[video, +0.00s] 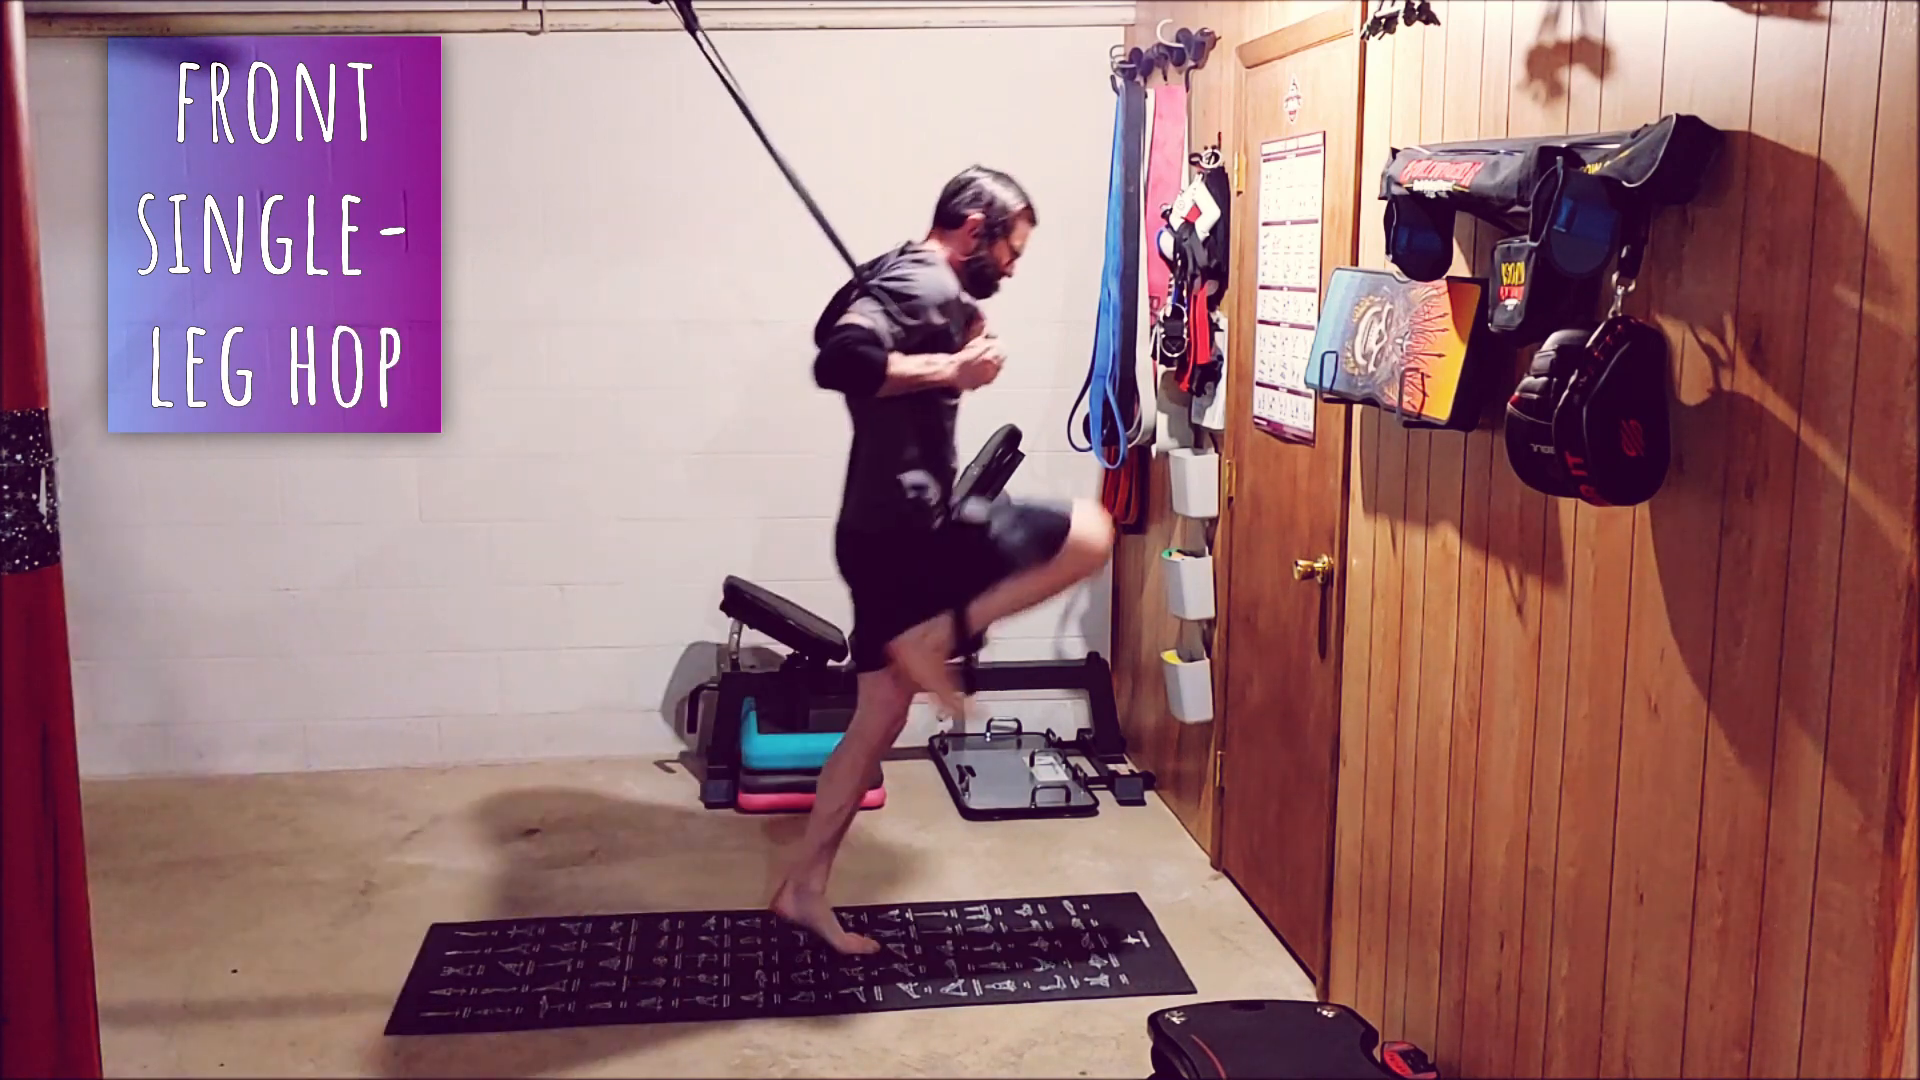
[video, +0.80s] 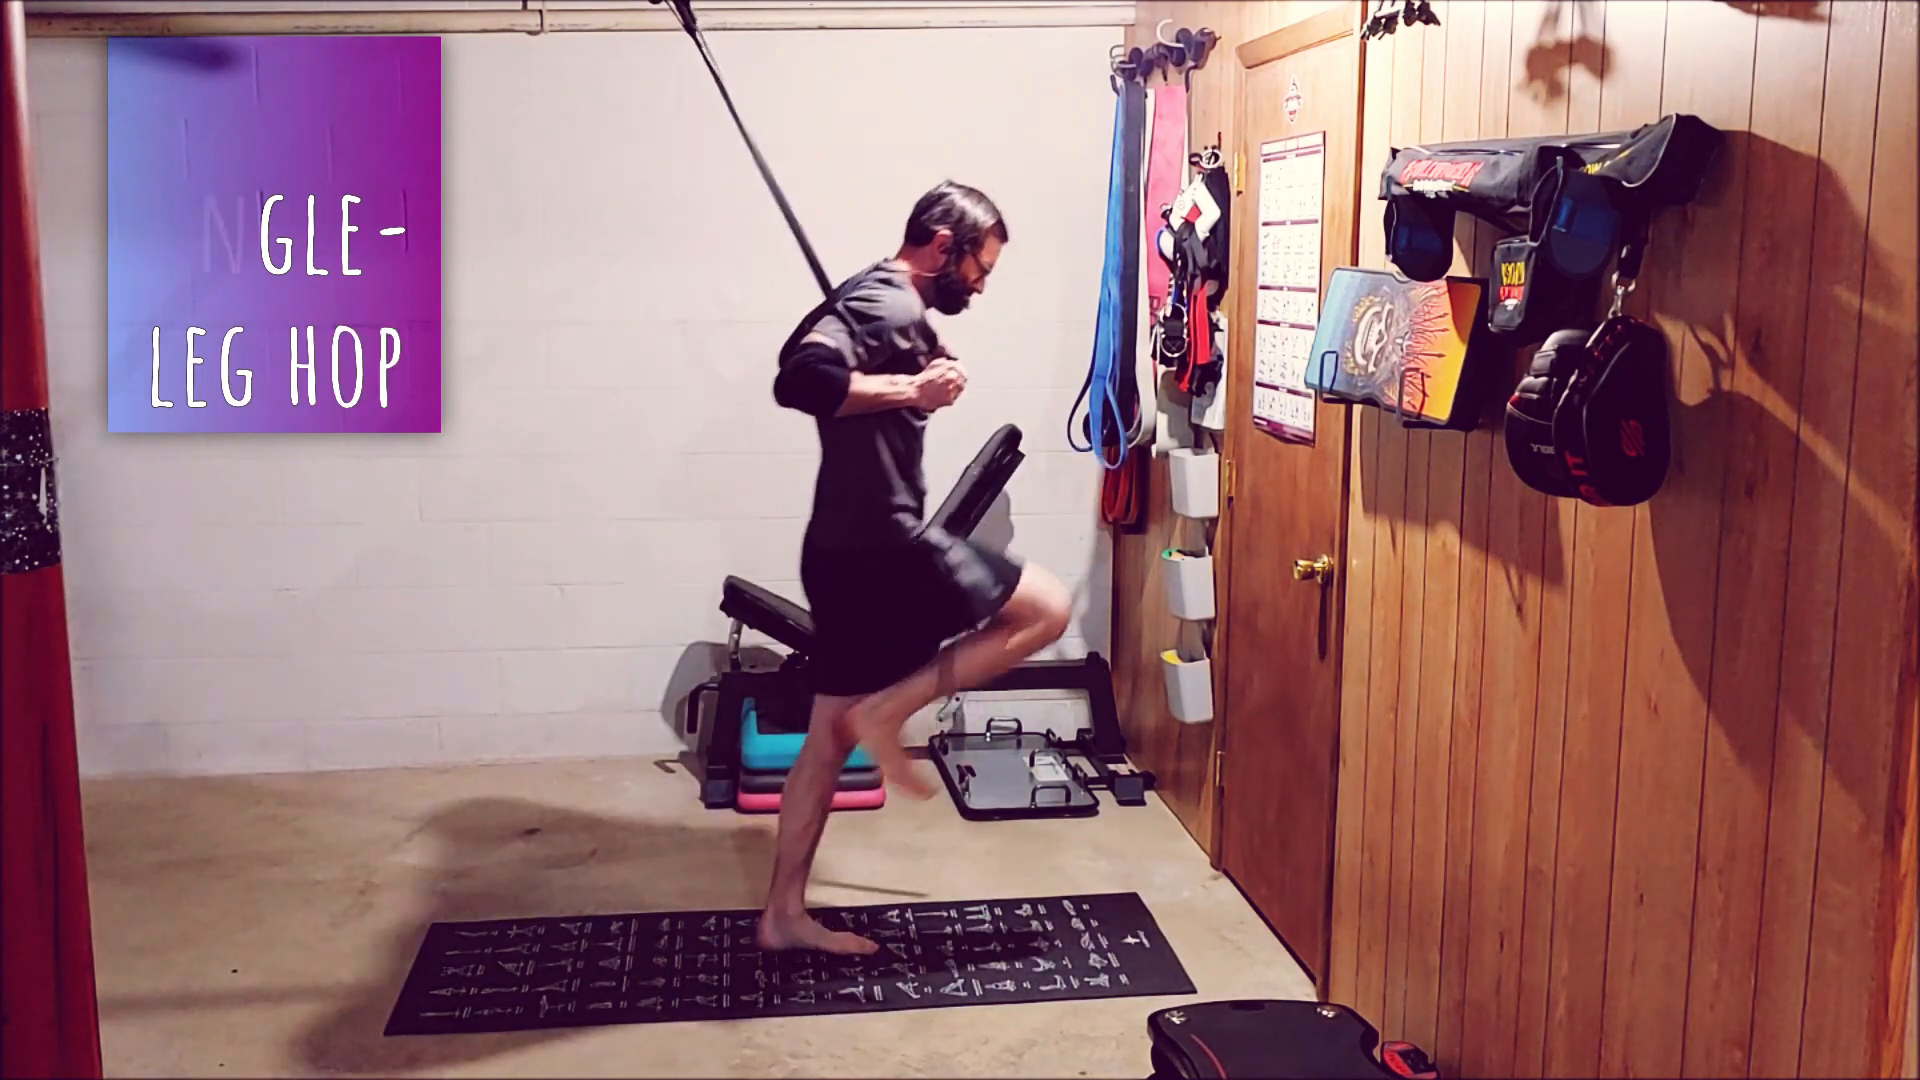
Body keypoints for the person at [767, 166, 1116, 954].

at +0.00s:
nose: (1010, 271)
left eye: (1016, 257)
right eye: (1010, 253)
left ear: (960, 226)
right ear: (972, 228)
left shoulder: (905, 274)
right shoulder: (926, 281)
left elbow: (836, 348)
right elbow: (843, 356)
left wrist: (951, 349)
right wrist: (952, 371)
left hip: (878, 523)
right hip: (913, 520)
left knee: (879, 715)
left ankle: (803, 890)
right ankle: (944, 636)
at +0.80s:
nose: (980, 287)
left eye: (986, 274)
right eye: (980, 269)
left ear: (932, 246)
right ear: (939, 245)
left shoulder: (888, 296)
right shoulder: (886, 297)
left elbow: (816, 378)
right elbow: (801, 376)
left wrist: (920, 379)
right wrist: (909, 391)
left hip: (849, 541)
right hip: (879, 538)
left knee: (832, 731)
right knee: (1045, 609)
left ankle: (784, 915)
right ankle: (883, 716)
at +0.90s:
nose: (958, 289)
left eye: (965, 274)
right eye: (958, 270)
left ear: (910, 248)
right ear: (916, 248)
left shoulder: (867, 305)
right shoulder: (859, 306)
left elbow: (808, 387)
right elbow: (774, 388)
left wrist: (893, 380)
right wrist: (885, 404)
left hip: (825, 549)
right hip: (851, 550)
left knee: (818, 739)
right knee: (987, 672)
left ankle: (782, 919)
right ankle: (815, 766)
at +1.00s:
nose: (936, 283)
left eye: (941, 269)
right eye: (933, 265)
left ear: (887, 251)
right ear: (889, 249)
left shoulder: (852, 316)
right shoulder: (829, 307)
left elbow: (795, 407)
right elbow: (745, 396)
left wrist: (870, 397)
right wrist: (858, 417)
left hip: (819, 553)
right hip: (819, 557)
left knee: (803, 733)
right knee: (920, 717)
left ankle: (780, 917)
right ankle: (735, 805)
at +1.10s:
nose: (910, 282)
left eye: (915, 267)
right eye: (907, 264)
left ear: (860, 249)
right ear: (862, 246)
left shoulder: (825, 316)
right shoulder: (806, 311)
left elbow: (780, 408)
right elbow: (716, 400)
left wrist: (847, 402)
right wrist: (832, 427)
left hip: (798, 559)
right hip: (793, 562)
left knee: (793, 741)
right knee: (840, 745)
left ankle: (780, 921)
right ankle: (665, 845)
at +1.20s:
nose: (885, 282)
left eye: (890, 266)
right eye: (882, 264)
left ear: (835, 248)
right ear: (837, 246)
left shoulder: (798, 320)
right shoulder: (777, 317)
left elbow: (747, 413)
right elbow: (689, 406)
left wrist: (814, 410)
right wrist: (802, 435)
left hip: (785, 564)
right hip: (759, 566)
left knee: (778, 744)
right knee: (761, 753)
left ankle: (780, 916)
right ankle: (611, 889)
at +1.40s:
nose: (835, 287)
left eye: (838, 272)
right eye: (831, 270)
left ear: (787, 256)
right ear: (784, 254)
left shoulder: (753, 329)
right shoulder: (719, 323)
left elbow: (697, 422)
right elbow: (625, 418)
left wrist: (759, 425)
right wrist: (740, 450)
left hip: (732, 577)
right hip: (683, 579)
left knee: (757, 738)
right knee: (663, 753)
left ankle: (778, 919)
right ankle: (565, 922)